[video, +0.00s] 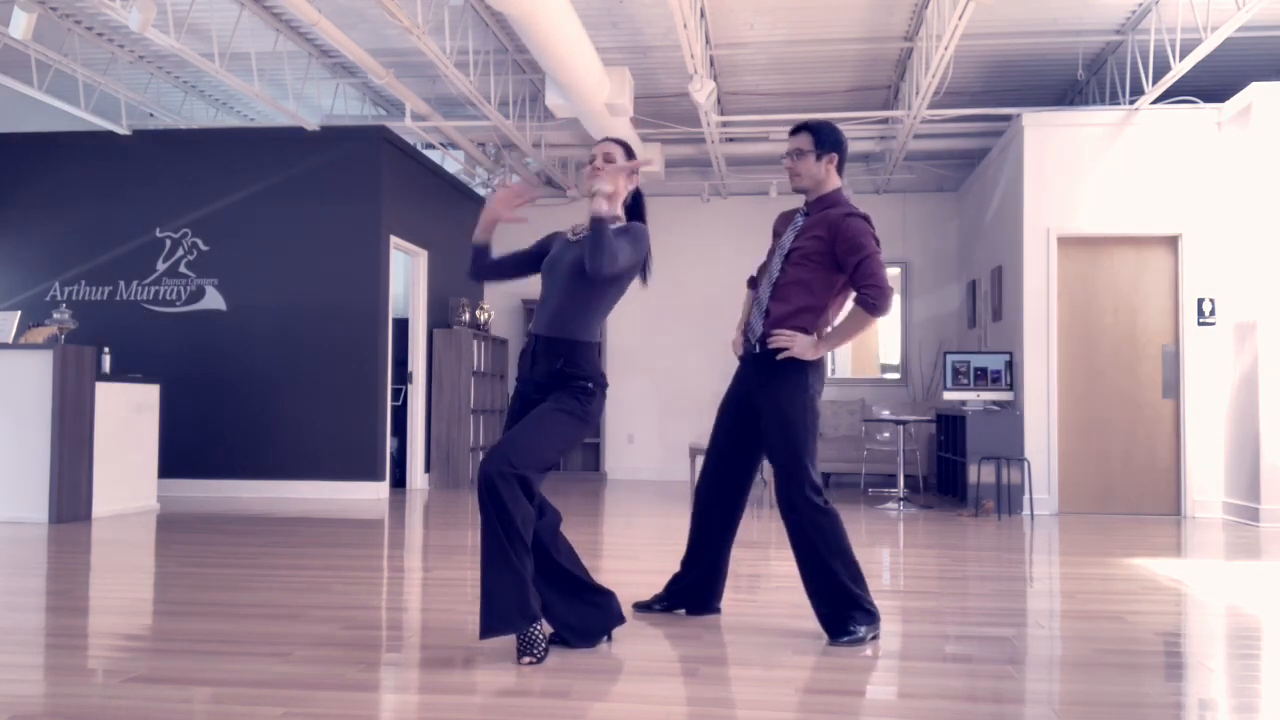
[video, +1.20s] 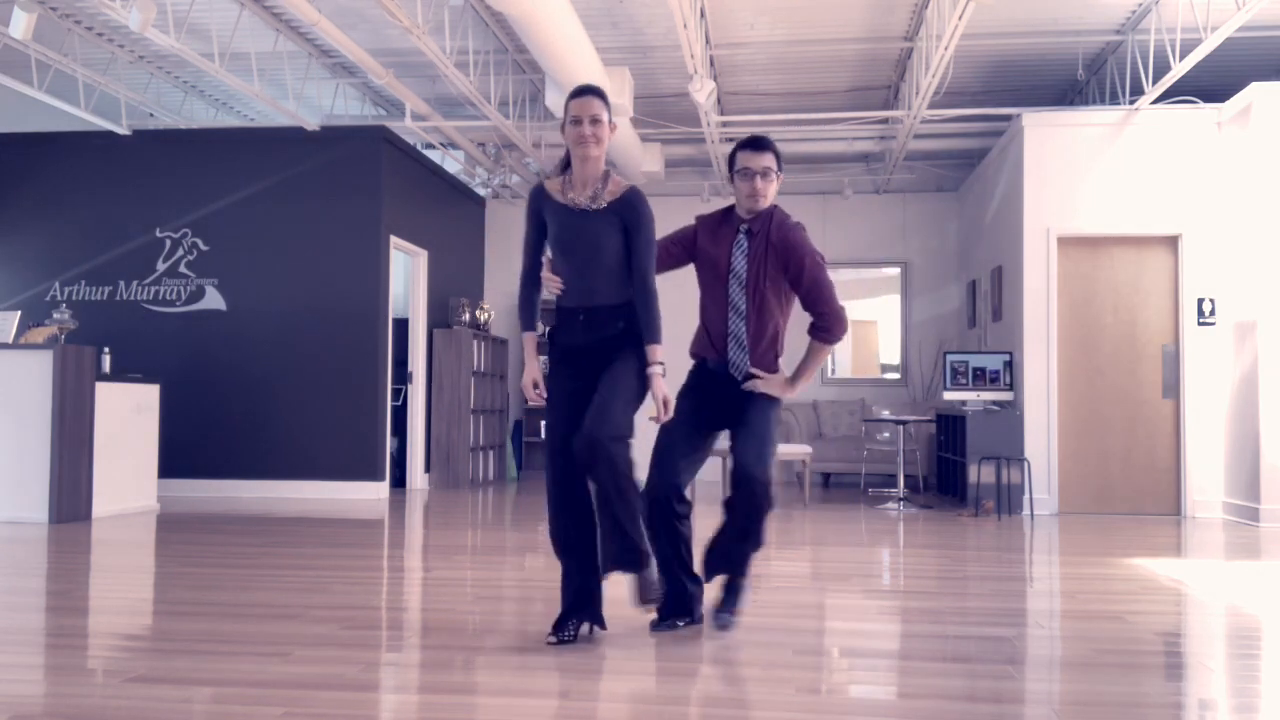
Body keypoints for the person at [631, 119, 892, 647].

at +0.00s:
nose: (787, 164)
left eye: (797, 156)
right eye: (787, 156)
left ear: (830, 162)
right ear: (800, 165)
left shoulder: (847, 221)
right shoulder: (791, 220)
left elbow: (876, 298)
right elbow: (761, 279)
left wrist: (821, 344)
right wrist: (744, 324)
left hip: (792, 368)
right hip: (753, 364)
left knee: (799, 493)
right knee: (719, 483)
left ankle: (854, 617)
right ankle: (695, 592)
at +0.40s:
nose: (793, 163)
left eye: (804, 154)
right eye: (792, 155)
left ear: (837, 159)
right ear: (807, 163)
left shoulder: (865, 218)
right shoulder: (791, 224)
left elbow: (906, 294)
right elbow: (740, 276)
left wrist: (848, 347)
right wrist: (690, 319)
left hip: (811, 370)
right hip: (764, 364)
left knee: (808, 493)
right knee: (706, 473)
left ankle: (857, 617)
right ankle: (699, 584)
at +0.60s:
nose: (797, 149)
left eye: (807, 141)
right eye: (789, 142)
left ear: (829, 152)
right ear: (780, 151)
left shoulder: (838, 208)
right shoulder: (765, 212)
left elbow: (885, 279)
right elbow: (700, 250)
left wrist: (831, 336)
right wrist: (630, 271)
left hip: (794, 363)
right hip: (745, 360)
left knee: (815, 490)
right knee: (694, 487)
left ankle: (856, 618)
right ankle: (688, 602)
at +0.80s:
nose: (785, 145)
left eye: (796, 137)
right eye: (776, 135)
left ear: (810, 148)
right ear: (762, 142)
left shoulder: (813, 206)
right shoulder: (730, 191)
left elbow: (859, 284)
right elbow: (656, 216)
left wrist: (794, 316)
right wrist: (587, 231)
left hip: (762, 356)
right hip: (709, 351)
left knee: (783, 473)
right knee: (684, 480)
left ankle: (833, 592)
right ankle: (691, 604)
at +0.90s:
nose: (778, 151)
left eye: (789, 143)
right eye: (768, 141)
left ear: (803, 152)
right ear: (754, 147)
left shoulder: (811, 218)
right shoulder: (723, 195)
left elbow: (851, 297)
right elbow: (651, 218)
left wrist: (786, 336)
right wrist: (597, 225)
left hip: (748, 355)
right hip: (695, 348)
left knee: (748, 459)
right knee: (676, 472)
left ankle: (775, 550)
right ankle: (688, 600)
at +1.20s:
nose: (756, 184)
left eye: (765, 174)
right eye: (746, 174)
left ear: (779, 180)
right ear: (731, 178)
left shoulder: (790, 240)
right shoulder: (707, 230)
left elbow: (832, 321)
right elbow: (641, 262)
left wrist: (792, 386)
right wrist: (564, 271)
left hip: (760, 386)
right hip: (707, 376)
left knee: (753, 481)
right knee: (663, 484)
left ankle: (730, 573)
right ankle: (682, 600)